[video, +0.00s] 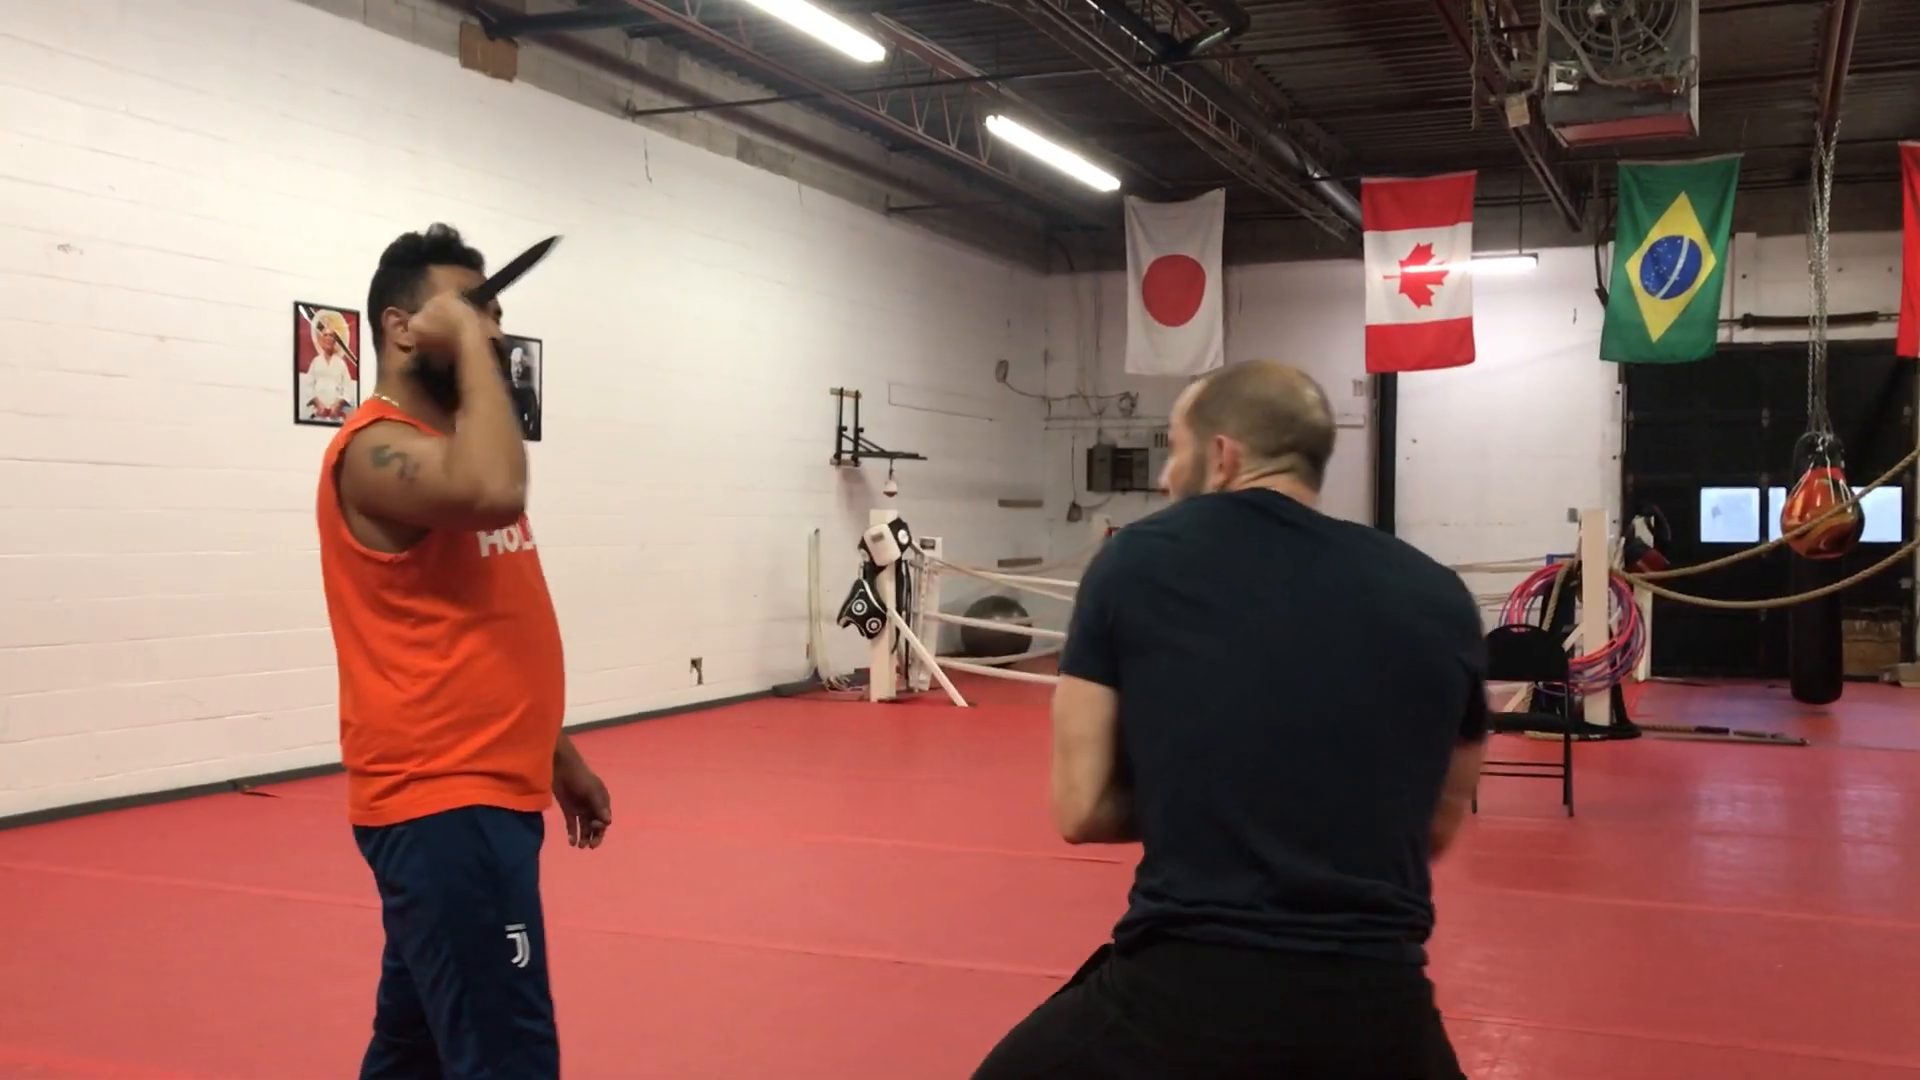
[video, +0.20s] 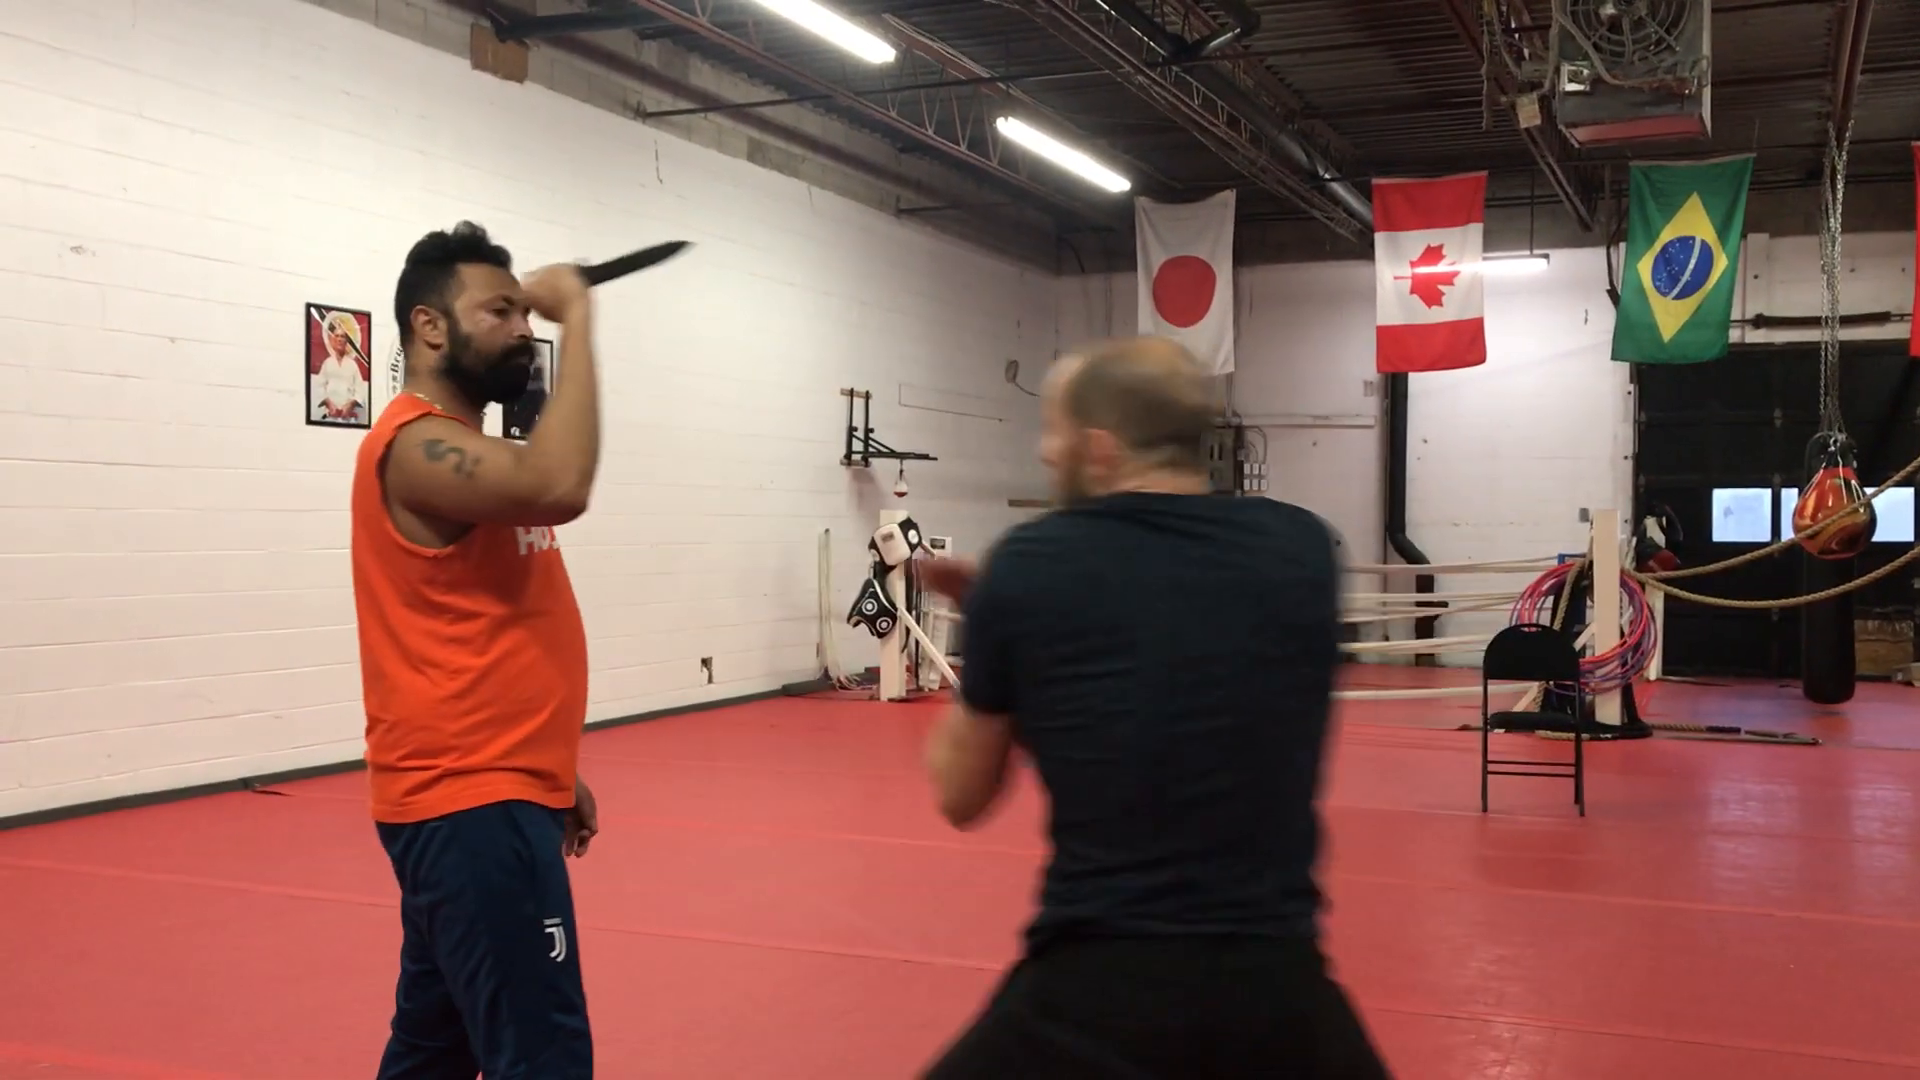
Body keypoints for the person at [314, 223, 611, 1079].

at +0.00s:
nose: (488, 326)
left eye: (488, 310)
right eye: (468, 307)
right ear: (402, 328)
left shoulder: (457, 439)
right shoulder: (377, 446)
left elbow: (487, 622)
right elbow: (492, 485)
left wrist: (557, 751)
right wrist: (471, 340)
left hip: (481, 798)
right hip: (439, 804)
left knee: (415, 1055)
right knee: (509, 1057)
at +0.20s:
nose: (526, 331)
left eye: (524, 313)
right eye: (499, 310)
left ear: (438, 334)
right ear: (429, 328)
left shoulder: (457, 440)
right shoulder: (420, 441)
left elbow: (482, 639)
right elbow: (556, 482)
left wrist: (549, 772)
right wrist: (575, 317)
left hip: (479, 796)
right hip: (469, 802)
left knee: (433, 1049)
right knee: (545, 1055)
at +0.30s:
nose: (534, 327)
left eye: (533, 309)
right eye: (511, 308)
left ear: (448, 332)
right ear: (440, 325)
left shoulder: (449, 437)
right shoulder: (436, 440)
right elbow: (583, 485)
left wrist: (544, 784)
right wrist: (627, 316)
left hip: (473, 794)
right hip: (483, 800)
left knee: (437, 1052)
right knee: (555, 1055)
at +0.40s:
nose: (542, 328)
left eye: (540, 308)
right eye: (518, 307)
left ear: (451, 332)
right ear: (446, 325)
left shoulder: (453, 433)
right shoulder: (446, 439)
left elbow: (602, 495)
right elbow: (603, 483)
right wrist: (671, 314)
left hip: (474, 793)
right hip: (488, 797)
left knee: (438, 1049)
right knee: (560, 1055)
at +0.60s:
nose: (549, 328)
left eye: (548, 310)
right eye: (525, 308)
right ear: (454, 324)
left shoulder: (467, 426)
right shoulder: (461, 435)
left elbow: (610, 464)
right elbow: (630, 460)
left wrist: (641, 408)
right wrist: (709, 306)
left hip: (475, 792)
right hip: (489, 798)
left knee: (436, 1051)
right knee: (561, 1053)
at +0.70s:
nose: (548, 333)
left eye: (549, 315)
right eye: (525, 314)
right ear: (453, 326)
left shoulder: (482, 430)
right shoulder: (454, 432)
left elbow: (501, 628)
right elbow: (617, 453)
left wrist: (558, 773)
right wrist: (651, 388)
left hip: (492, 791)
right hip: (479, 796)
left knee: (437, 1053)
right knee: (552, 1056)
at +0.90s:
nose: (541, 330)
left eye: (542, 313)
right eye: (516, 312)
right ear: (444, 326)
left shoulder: (462, 430)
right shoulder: (452, 432)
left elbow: (486, 626)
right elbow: (619, 452)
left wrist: (557, 761)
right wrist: (663, 374)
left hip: (482, 790)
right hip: (477, 793)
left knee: (441, 1044)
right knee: (536, 1051)